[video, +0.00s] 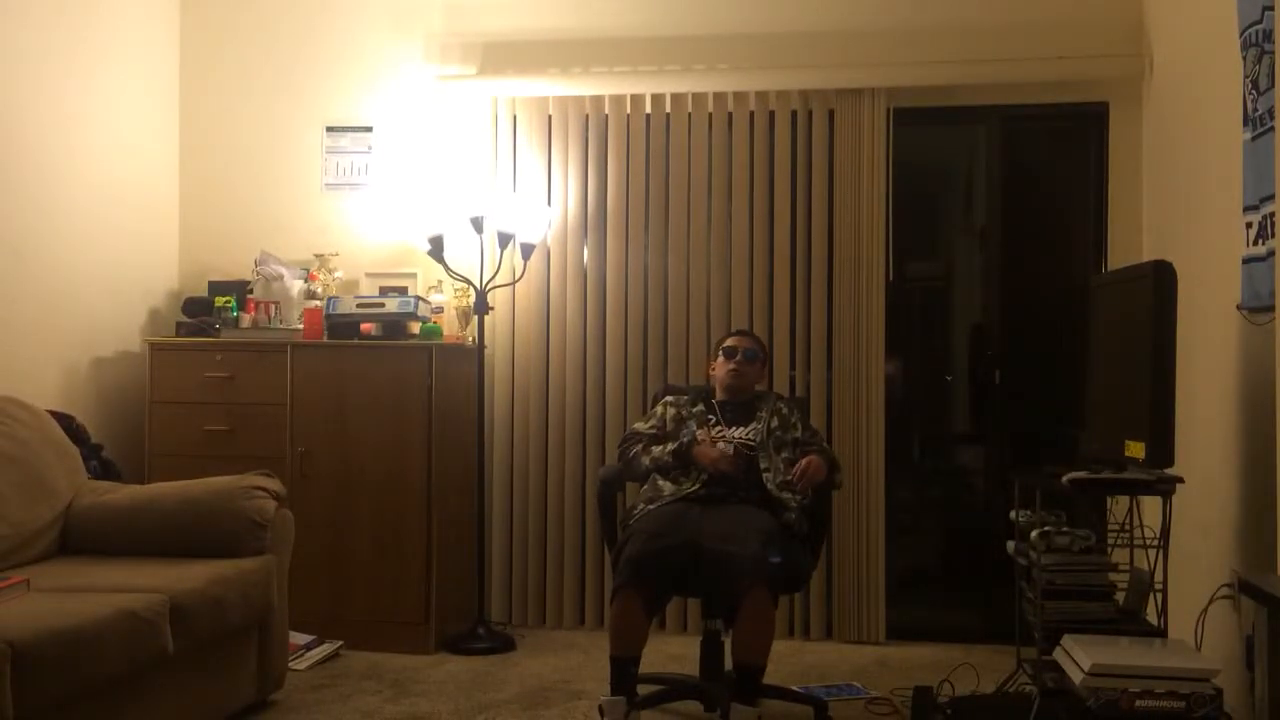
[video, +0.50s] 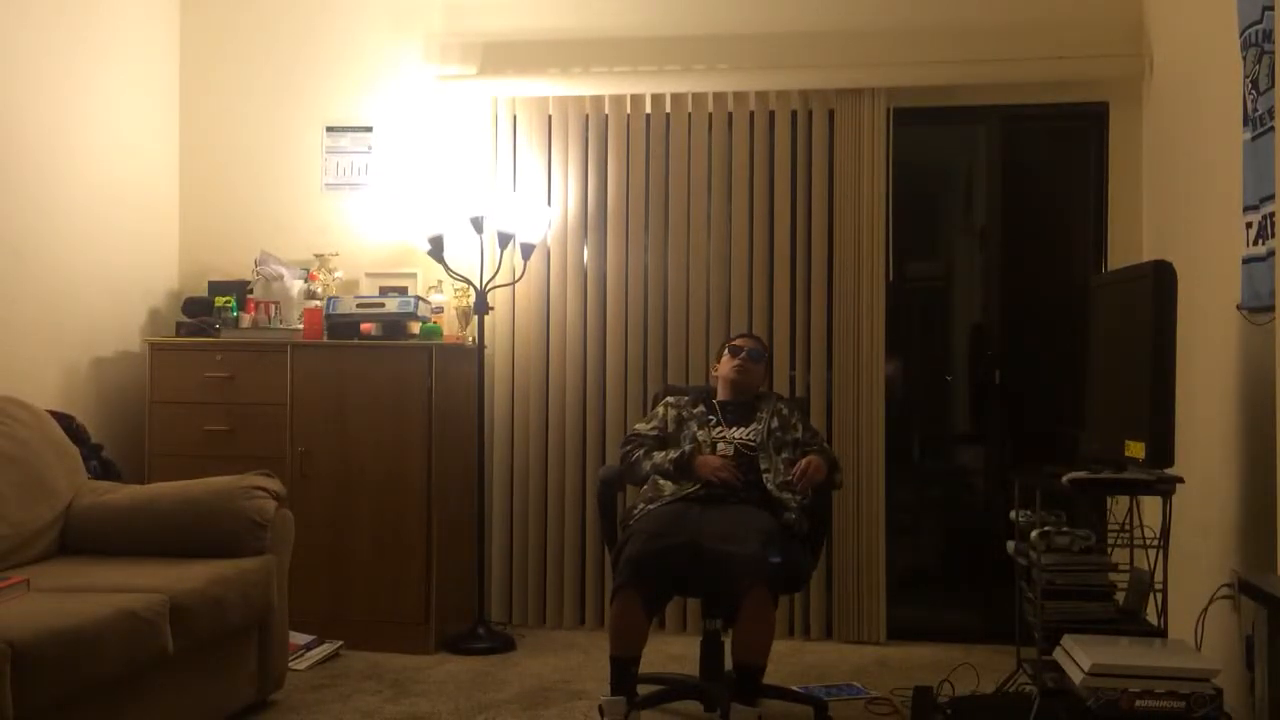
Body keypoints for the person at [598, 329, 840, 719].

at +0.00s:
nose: (739, 360)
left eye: (750, 356)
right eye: (729, 353)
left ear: (762, 373)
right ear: (712, 366)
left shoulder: (780, 413)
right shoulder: (675, 407)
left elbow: (820, 454)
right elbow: (630, 454)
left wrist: (820, 459)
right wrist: (690, 452)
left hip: (748, 509)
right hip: (672, 506)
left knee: (756, 576)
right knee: (637, 567)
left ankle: (746, 704)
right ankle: (621, 697)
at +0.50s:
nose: (743, 358)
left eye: (755, 356)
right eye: (734, 351)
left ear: (764, 379)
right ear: (715, 366)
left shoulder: (782, 415)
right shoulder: (674, 407)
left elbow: (825, 458)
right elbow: (631, 457)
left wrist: (821, 459)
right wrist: (690, 462)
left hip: (748, 509)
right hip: (672, 506)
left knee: (757, 577)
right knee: (637, 568)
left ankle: (746, 703)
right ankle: (621, 695)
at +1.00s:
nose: (737, 352)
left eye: (749, 352)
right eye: (729, 350)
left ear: (762, 376)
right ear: (713, 372)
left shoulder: (782, 414)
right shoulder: (675, 408)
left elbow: (825, 459)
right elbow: (634, 461)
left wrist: (821, 461)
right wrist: (691, 469)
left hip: (750, 508)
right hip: (674, 506)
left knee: (757, 575)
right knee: (637, 566)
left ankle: (746, 704)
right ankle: (621, 694)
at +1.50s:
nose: (717, 354)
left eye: (729, 349)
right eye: (709, 354)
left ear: (751, 370)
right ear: (702, 376)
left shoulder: (778, 410)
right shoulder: (673, 409)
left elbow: (823, 454)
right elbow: (636, 463)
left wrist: (820, 460)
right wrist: (690, 472)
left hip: (750, 508)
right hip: (674, 505)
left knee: (757, 576)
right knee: (638, 567)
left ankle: (746, 704)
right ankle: (621, 696)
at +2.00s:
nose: (719, 354)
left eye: (730, 349)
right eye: (711, 353)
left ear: (752, 370)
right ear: (703, 374)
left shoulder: (778, 412)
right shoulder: (673, 410)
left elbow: (825, 458)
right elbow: (639, 464)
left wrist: (820, 462)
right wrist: (689, 476)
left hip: (751, 508)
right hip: (675, 505)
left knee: (757, 574)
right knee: (638, 566)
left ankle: (746, 705)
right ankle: (621, 696)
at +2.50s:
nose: (728, 351)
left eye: (739, 349)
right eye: (719, 350)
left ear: (757, 370)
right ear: (708, 371)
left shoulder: (779, 412)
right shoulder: (674, 410)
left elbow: (824, 457)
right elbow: (638, 464)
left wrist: (820, 461)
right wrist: (690, 476)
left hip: (750, 507)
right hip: (673, 504)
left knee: (758, 576)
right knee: (638, 568)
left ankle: (746, 703)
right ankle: (621, 694)